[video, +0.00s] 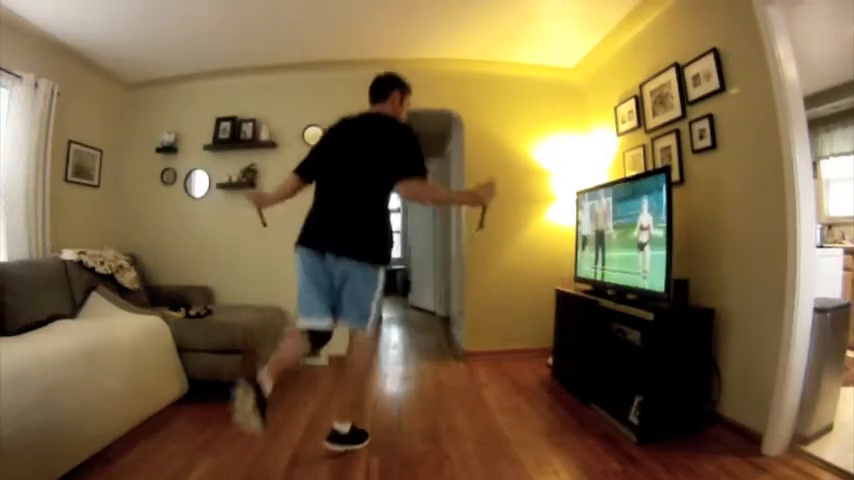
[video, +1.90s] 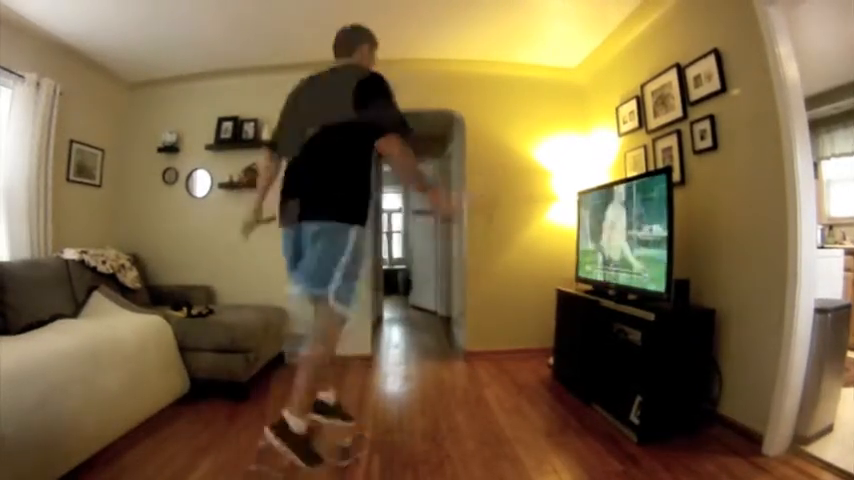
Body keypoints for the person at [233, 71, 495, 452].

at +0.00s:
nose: (406, 110)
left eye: (405, 104)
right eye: (406, 103)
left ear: (372, 99)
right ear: (396, 100)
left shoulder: (341, 128)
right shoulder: (400, 135)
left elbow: (301, 176)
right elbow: (411, 189)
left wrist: (269, 198)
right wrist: (470, 197)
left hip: (315, 240)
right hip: (361, 247)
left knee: (313, 327)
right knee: (361, 336)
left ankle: (262, 382)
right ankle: (344, 426)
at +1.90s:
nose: (388, 113)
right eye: (386, 105)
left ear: (349, 102)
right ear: (380, 100)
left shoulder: (320, 125)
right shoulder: (372, 103)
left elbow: (280, 164)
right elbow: (391, 148)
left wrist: (257, 208)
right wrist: (430, 191)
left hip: (299, 214)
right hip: (339, 213)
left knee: (325, 312)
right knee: (329, 316)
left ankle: (325, 396)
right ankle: (293, 419)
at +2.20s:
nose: (381, 106)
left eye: (380, 98)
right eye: (380, 98)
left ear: (341, 100)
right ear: (374, 98)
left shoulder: (315, 139)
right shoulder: (378, 138)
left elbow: (277, 192)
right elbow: (413, 200)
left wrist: (274, 211)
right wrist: (471, 213)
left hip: (301, 270)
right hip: (346, 273)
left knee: (330, 361)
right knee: (359, 376)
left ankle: (323, 435)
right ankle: (327, 463)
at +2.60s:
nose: (389, 68)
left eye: (386, 62)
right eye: (388, 62)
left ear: (351, 59)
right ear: (382, 59)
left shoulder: (322, 95)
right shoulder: (390, 93)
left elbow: (292, 162)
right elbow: (419, 154)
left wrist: (271, 212)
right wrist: (458, 202)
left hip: (311, 212)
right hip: (356, 211)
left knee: (337, 315)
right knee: (347, 314)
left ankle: (346, 410)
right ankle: (332, 417)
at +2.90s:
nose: (396, 97)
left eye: (391, 91)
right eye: (396, 91)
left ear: (358, 90)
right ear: (391, 90)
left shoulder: (332, 128)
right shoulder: (397, 129)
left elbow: (287, 174)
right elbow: (426, 187)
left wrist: (268, 200)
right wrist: (473, 205)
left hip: (319, 249)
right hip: (365, 252)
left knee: (343, 345)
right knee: (377, 354)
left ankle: (342, 425)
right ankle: (360, 453)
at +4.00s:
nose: (378, 84)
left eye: (376, 78)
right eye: (379, 78)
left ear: (340, 74)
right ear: (372, 76)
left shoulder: (309, 112)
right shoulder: (378, 116)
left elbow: (280, 178)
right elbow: (407, 182)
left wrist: (262, 229)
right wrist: (444, 238)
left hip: (296, 235)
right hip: (341, 238)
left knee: (316, 336)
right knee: (342, 340)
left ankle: (319, 416)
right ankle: (333, 443)